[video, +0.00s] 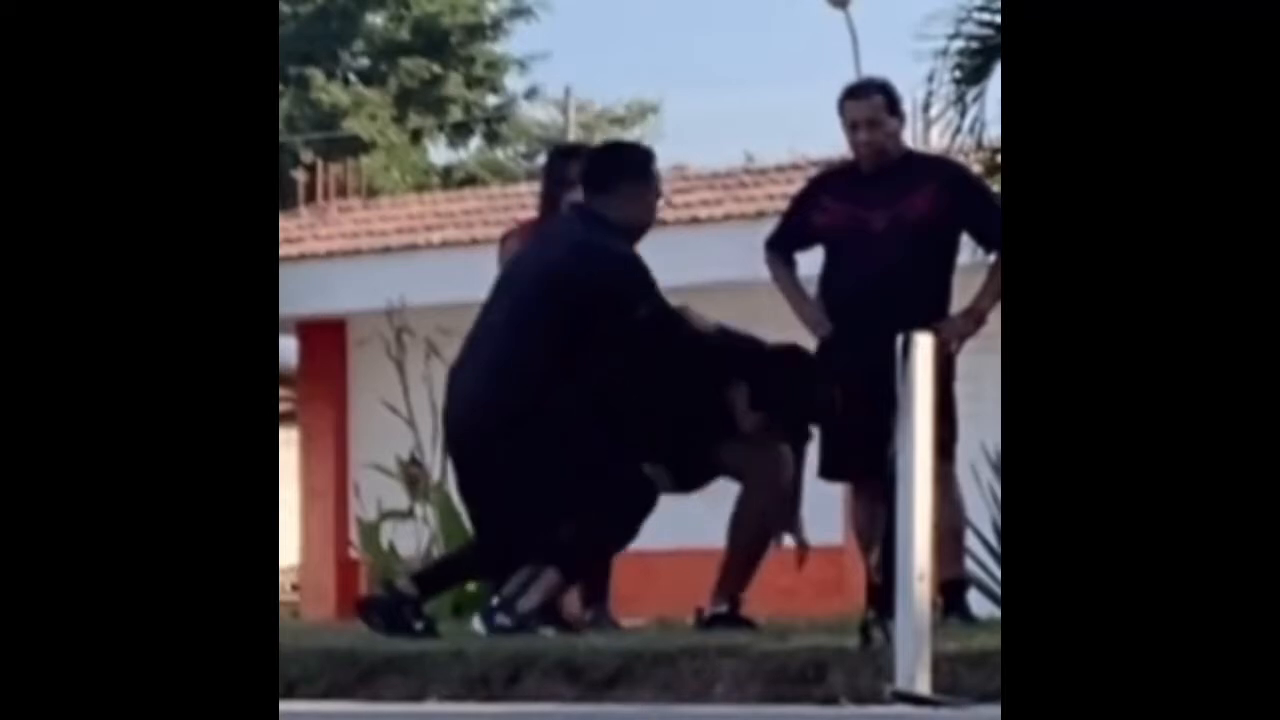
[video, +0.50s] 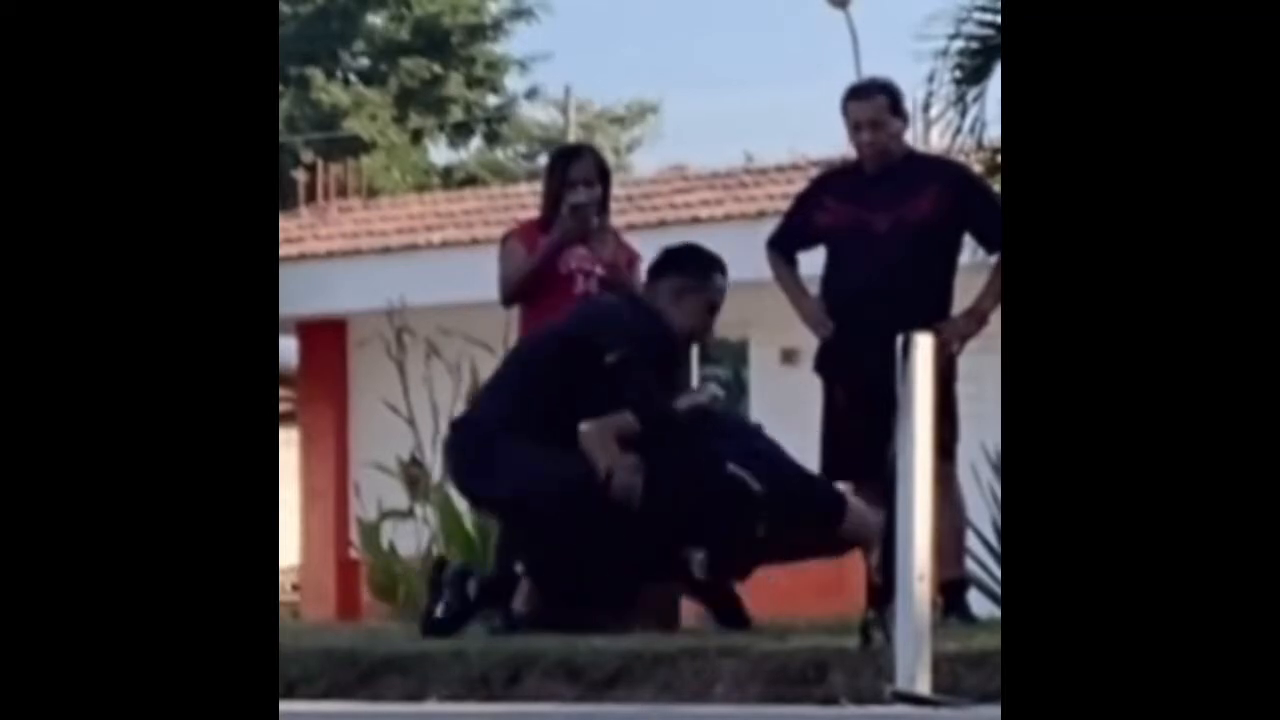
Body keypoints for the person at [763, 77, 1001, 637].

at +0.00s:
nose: (863, 138)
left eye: (873, 125)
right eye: (853, 127)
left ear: (899, 123)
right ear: (842, 132)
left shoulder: (943, 180)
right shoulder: (829, 188)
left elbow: (1001, 244)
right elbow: (777, 252)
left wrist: (973, 316)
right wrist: (815, 321)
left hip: (923, 348)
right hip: (851, 348)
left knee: (934, 472)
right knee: (865, 480)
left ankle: (951, 590)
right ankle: (878, 599)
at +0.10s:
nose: (863, 137)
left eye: (874, 125)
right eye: (853, 127)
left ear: (899, 123)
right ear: (843, 131)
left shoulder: (944, 180)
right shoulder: (830, 188)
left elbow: (1001, 245)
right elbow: (777, 251)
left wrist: (973, 316)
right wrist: (816, 321)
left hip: (922, 350)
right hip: (850, 349)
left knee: (933, 472)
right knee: (865, 477)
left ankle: (952, 591)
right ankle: (879, 598)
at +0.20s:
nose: (864, 137)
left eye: (874, 125)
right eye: (854, 127)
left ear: (900, 123)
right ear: (844, 132)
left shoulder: (945, 180)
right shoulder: (831, 188)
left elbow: (1001, 245)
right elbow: (778, 251)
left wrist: (973, 316)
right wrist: (815, 319)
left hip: (923, 350)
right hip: (851, 350)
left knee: (934, 473)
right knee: (865, 480)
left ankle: (952, 591)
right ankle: (878, 598)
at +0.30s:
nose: (864, 138)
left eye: (875, 125)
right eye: (854, 127)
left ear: (900, 124)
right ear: (844, 131)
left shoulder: (946, 180)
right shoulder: (831, 188)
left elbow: (1002, 246)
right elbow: (778, 251)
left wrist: (973, 318)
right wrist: (816, 321)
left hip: (923, 351)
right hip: (851, 350)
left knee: (933, 473)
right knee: (858, 479)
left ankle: (952, 593)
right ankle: (879, 600)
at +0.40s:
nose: (865, 138)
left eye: (875, 126)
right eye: (855, 128)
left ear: (901, 124)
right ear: (845, 132)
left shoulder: (946, 181)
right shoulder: (831, 188)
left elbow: (1002, 246)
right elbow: (778, 251)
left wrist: (973, 318)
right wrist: (815, 319)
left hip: (923, 352)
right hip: (850, 351)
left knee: (933, 473)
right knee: (858, 480)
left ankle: (952, 592)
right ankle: (880, 597)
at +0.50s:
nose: (866, 138)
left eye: (876, 126)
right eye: (856, 128)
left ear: (902, 124)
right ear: (846, 132)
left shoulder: (947, 180)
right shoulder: (832, 188)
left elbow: (1002, 246)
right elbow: (778, 250)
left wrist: (974, 317)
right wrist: (814, 317)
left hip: (924, 353)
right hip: (852, 353)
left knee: (934, 476)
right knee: (866, 484)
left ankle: (952, 595)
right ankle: (878, 601)